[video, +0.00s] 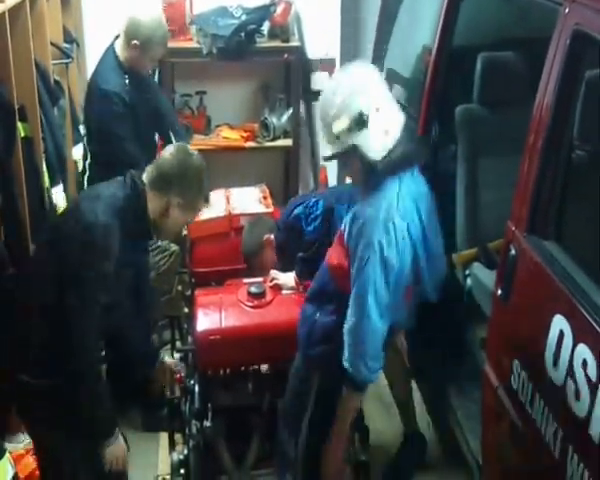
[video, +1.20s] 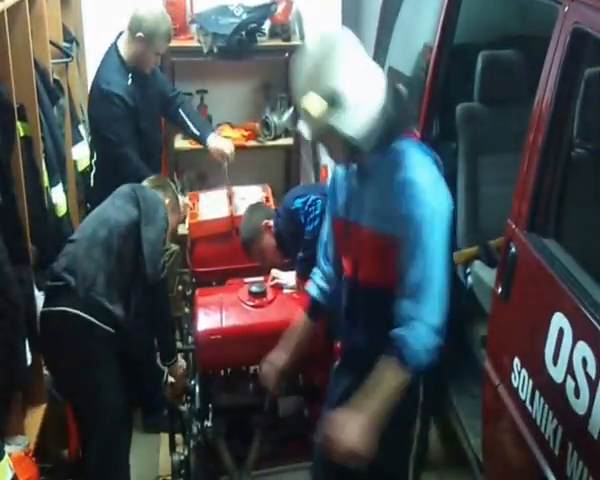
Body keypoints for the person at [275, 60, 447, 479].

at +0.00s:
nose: (339, 162)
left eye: (342, 150)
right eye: (337, 151)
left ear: (358, 147)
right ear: (387, 127)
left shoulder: (378, 221)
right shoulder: (409, 181)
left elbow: (365, 345)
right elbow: (432, 280)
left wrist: (338, 442)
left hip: (333, 346)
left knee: (304, 442)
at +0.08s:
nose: (337, 153)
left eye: (341, 143)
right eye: (335, 143)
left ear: (356, 135)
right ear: (377, 120)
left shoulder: (380, 213)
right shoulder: (404, 169)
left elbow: (367, 324)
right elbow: (428, 254)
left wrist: (334, 424)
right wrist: (391, 310)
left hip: (338, 328)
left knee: (311, 435)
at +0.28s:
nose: (306, 94)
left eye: (313, 79)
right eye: (309, 79)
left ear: (333, 86)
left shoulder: (383, 170)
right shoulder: (345, 155)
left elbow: (371, 306)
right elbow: (328, 253)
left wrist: (310, 411)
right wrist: (274, 325)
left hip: (389, 345)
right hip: (354, 334)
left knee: (379, 457)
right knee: (353, 449)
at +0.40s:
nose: (323, 183)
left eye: (334, 169)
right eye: (316, 169)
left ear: (358, 156)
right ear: (307, 160)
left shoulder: (380, 212)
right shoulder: (329, 208)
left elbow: (371, 349)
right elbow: (294, 291)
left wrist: (300, 440)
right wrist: (242, 361)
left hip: (400, 382)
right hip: (358, 369)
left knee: (390, 470)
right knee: (348, 468)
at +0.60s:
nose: (334, 152)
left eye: (343, 139)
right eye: (326, 139)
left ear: (367, 130)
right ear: (317, 135)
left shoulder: (399, 191)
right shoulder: (325, 190)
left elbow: (406, 312)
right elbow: (304, 290)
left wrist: (367, 433)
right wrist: (264, 368)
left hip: (395, 348)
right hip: (345, 351)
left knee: (394, 464)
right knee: (339, 455)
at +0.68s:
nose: (340, 141)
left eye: (348, 128)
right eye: (331, 129)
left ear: (373, 115)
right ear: (320, 124)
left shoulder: (410, 174)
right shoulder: (327, 183)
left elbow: (422, 292)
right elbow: (310, 284)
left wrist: (402, 415)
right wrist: (283, 367)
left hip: (398, 352)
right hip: (341, 355)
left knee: (388, 462)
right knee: (336, 457)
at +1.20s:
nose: (324, 143)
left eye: (329, 130)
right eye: (319, 131)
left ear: (358, 119)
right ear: (319, 125)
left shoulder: (415, 177)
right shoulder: (344, 170)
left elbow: (424, 318)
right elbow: (326, 275)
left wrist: (365, 410)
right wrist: (285, 350)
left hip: (402, 359)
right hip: (353, 352)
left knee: (386, 468)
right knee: (332, 457)